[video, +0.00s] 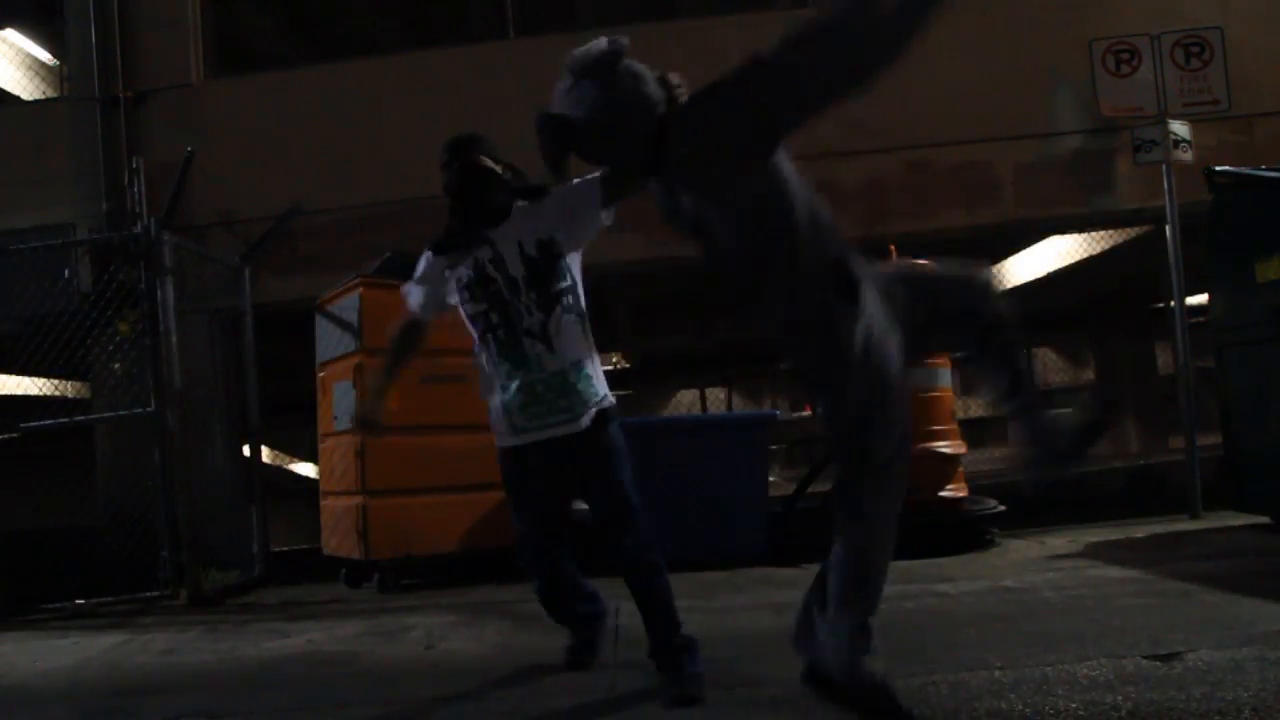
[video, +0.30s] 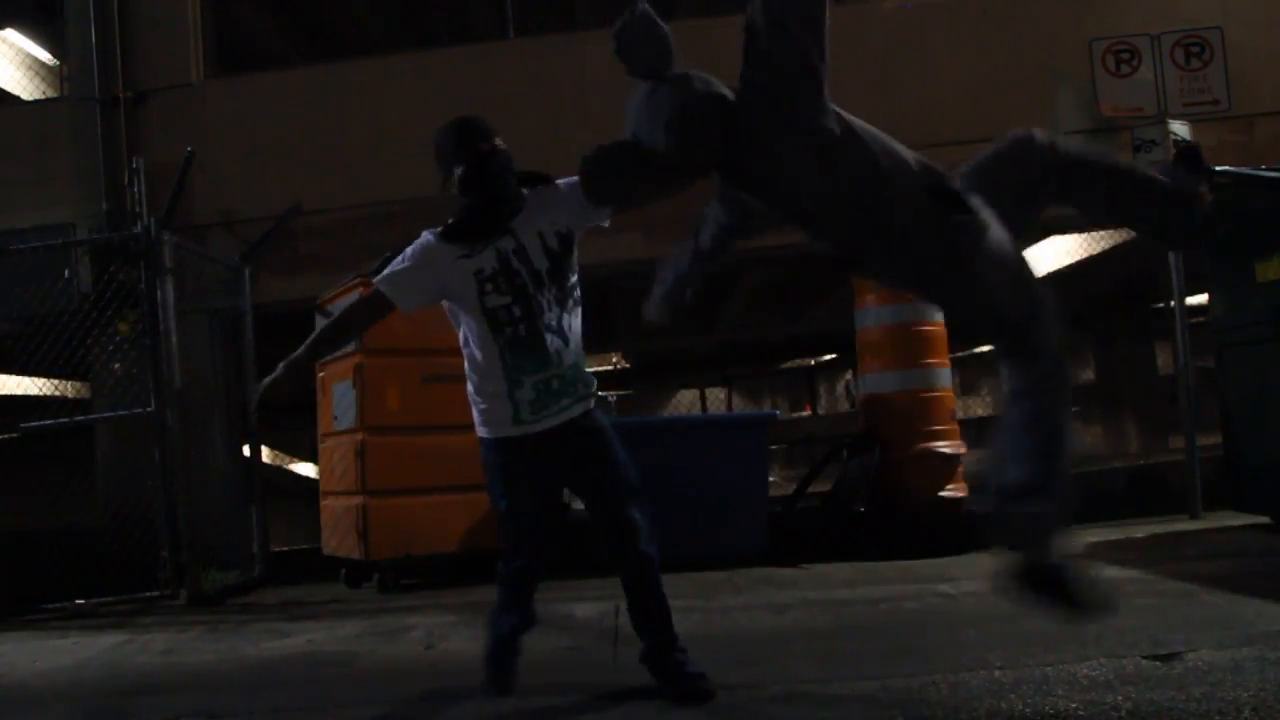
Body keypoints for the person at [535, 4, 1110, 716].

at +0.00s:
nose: (666, 78)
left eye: (649, 79)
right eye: (650, 80)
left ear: (619, 134)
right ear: (647, 102)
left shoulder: (672, 154)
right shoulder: (705, 129)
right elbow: (811, 62)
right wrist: (908, 0)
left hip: (849, 290)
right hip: (834, 322)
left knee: (976, 297)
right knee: (873, 478)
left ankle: (1040, 432)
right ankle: (837, 654)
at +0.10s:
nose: (676, 77)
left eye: (662, 77)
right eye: (659, 81)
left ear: (650, 120)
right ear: (654, 103)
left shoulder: (695, 137)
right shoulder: (732, 103)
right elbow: (797, 26)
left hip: (864, 261)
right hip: (864, 276)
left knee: (1002, 250)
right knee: (920, 437)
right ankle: (866, 610)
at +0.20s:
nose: (694, 86)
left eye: (678, 99)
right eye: (682, 91)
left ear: (670, 139)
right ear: (691, 94)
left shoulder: (725, 161)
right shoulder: (757, 95)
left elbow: (708, 208)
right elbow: (788, 13)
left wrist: (676, 240)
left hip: (911, 245)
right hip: (916, 255)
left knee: (1029, 199)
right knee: (987, 405)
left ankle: (1142, 235)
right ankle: (917, 575)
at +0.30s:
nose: (704, 108)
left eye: (690, 118)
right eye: (694, 107)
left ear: (694, 147)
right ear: (711, 103)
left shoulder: (742, 185)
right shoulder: (777, 101)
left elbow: (703, 251)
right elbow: (787, 11)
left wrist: (666, 301)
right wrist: (655, 48)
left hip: (933, 238)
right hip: (956, 243)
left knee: (1031, 154)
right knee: (1038, 355)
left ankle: (1181, 210)